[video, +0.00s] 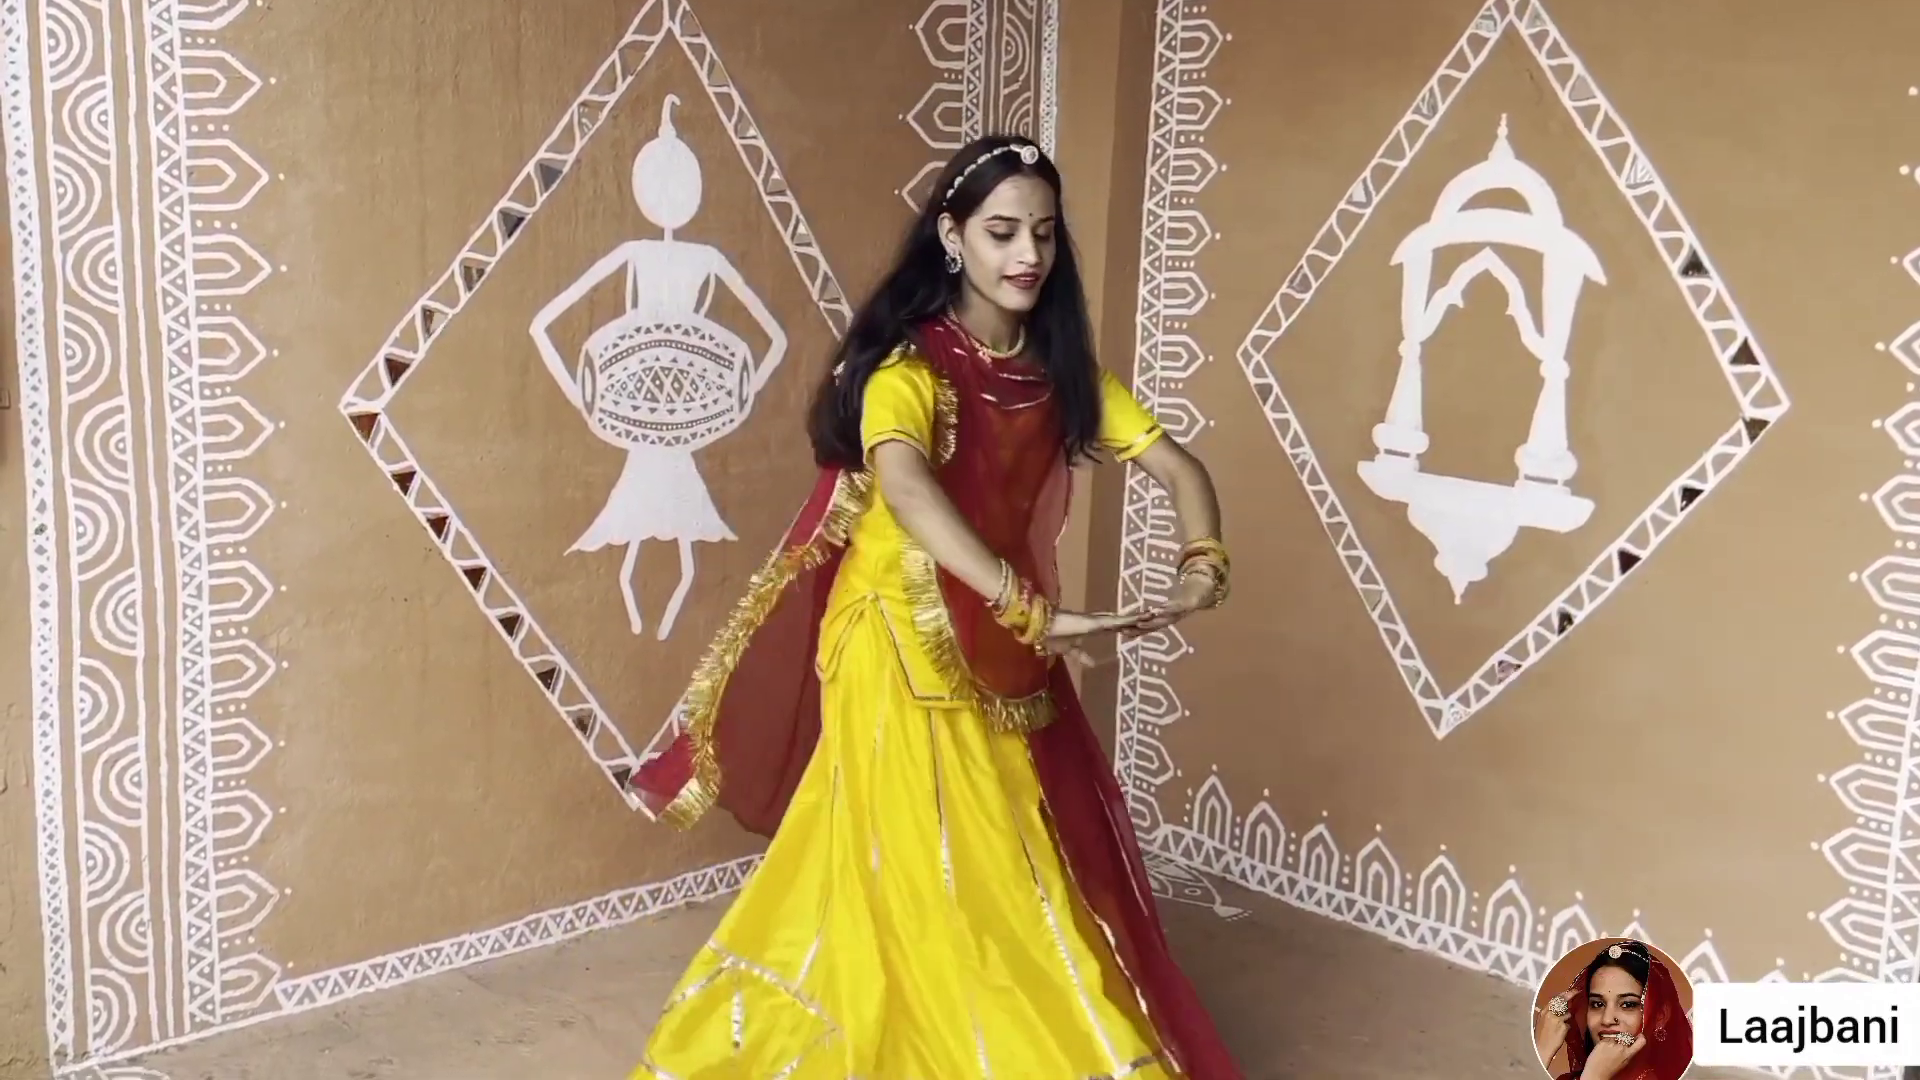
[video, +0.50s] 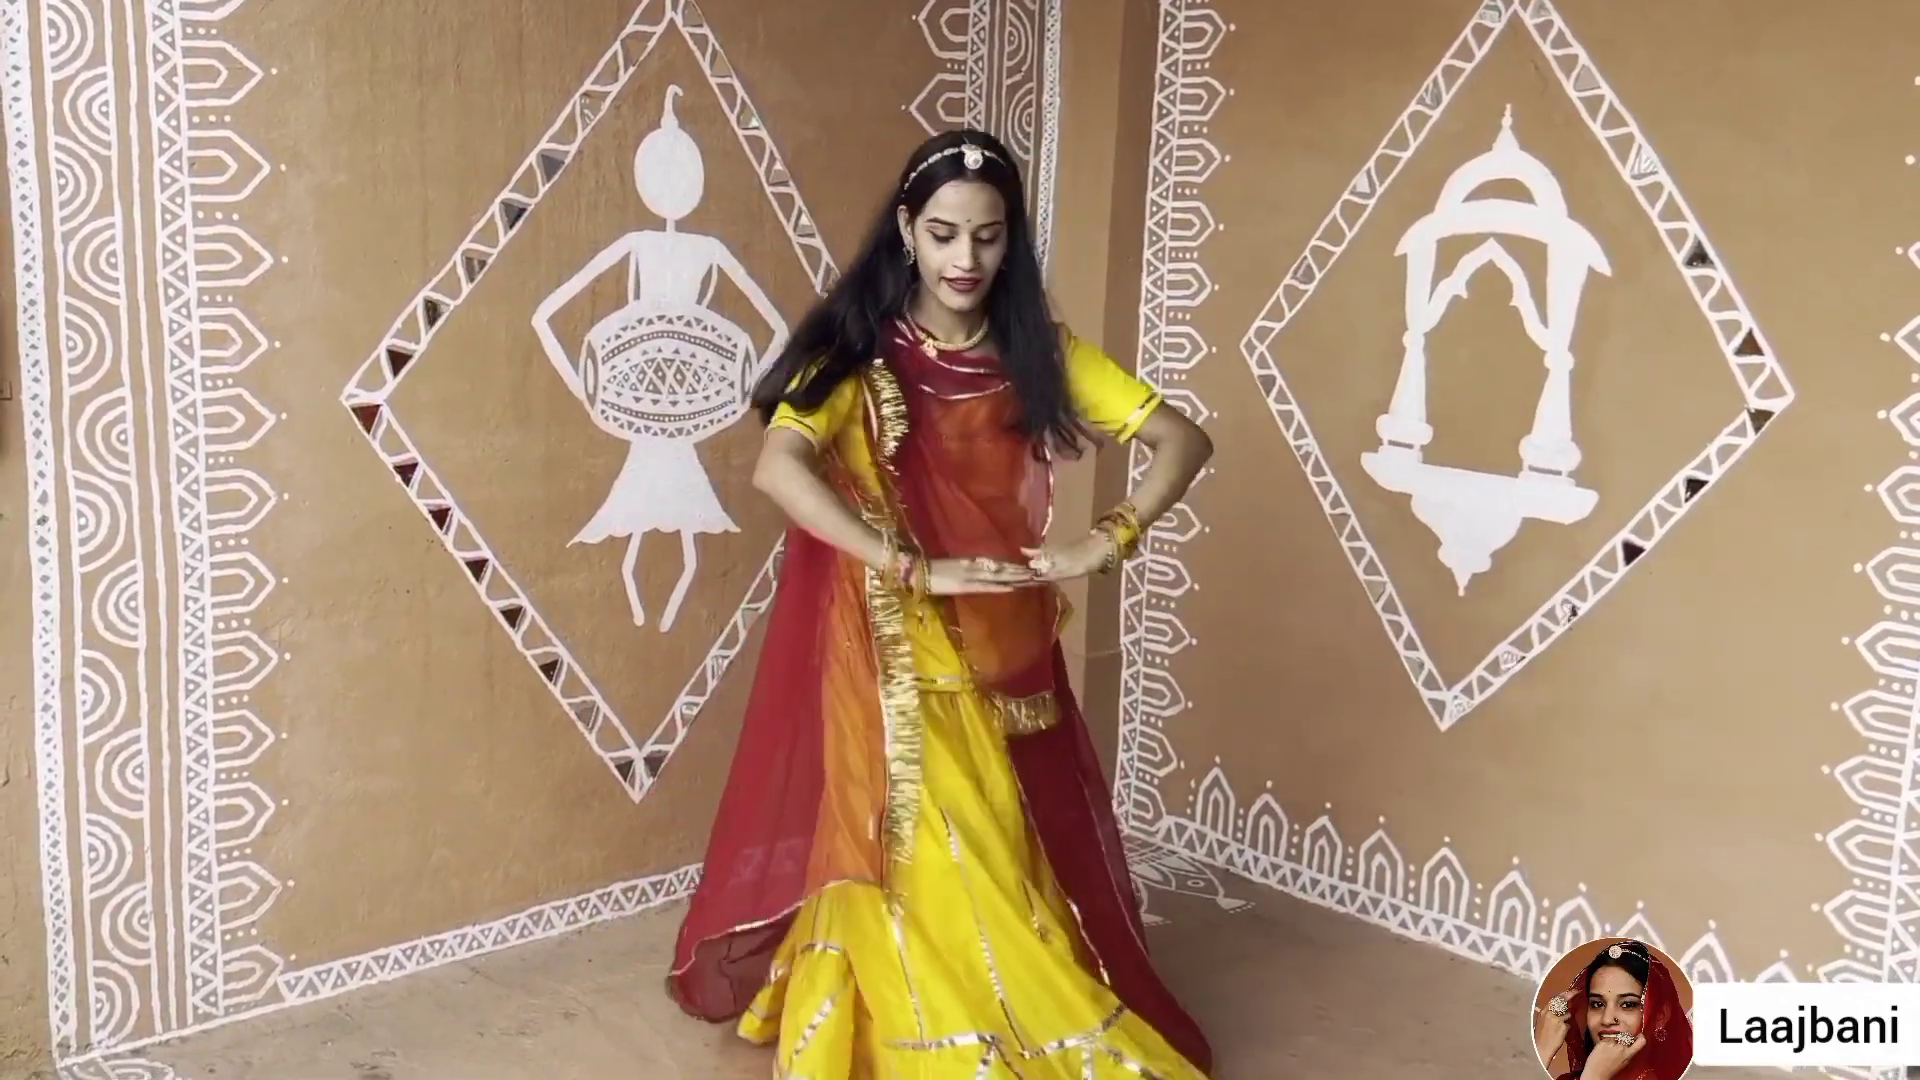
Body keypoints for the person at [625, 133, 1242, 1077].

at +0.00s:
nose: (1029, 255)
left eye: (1044, 232)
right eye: (1005, 232)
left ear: (1058, 242)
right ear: (953, 239)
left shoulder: (1063, 372)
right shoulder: (910, 367)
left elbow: (1177, 464)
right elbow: (904, 491)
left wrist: (1204, 557)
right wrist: (1024, 604)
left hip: (1006, 641)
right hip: (900, 640)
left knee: (1046, 867)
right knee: (970, 872)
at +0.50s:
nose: (964, 260)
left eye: (986, 237)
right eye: (944, 234)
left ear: (1011, 240)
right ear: (906, 233)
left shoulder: (1036, 352)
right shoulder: (859, 349)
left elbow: (1179, 440)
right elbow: (776, 467)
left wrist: (1113, 539)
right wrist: (900, 562)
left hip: (1011, 642)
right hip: (894, 644)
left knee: (1016, 857)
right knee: (944, 854)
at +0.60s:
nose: (943, 234)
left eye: (966, 212)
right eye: (923, 209)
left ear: (995, 217)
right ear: (892, 209)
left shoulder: (1030, 327)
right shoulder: (836, 322)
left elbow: (1179, 403)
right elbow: (735, 426)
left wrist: (1088, 480)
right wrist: (879, 503)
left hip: (1003, 631)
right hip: (876, 632)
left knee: (1005, 850)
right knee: (901, 850)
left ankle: (1018, 1044)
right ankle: (903, 1049)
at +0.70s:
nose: (912, 195)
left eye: (936, 174)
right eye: (894, 170)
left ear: (973, 181)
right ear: (871, 171)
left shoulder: (1012, 286)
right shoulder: (825, 273)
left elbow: (1173, 337)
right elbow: (688, 341)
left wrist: (1032, 392)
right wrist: (837, 391)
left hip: (974, 593)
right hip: (844, 592)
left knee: (974, 821)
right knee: (853, 818)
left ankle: (995, 1040)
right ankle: (859, 1041)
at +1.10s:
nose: (826, 207)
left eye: (853, 191)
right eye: (819, 182)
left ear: (908, 200)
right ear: (809, 179)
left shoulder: (953, 299)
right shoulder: (780, 297)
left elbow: (1057, 375)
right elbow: (640, 364)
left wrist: (906, 425)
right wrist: (738, 411)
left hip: (924, 599)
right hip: (794, 597)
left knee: (915, 821)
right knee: (785, 818)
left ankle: (922, 1037)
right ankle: (797, 1035)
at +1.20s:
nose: (799, 222)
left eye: (825, 205)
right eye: (791, 199)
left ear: (881, 216)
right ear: (783, 200)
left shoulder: (932, 320)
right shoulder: (765, 324)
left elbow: (977, 438)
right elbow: (645, 415)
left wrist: (841, 520)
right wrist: (691, 502)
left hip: (913, 624)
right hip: (788, 624)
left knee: (898, 845)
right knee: (750, 847)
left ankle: (924, 1049)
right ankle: (791, 1053)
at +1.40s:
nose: (760, 217)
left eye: (786, 200)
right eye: (755, 195)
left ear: (845, 210)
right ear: (748, 197)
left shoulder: (898, 316)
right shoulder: (745, 322)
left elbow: (852, 447)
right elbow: (628, 430)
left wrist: (723, 550)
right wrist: (596, 528)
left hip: (907, 634)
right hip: (792, 636)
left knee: (876, 874)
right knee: (729, 867)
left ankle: (891, 1066)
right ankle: (717, 1062)